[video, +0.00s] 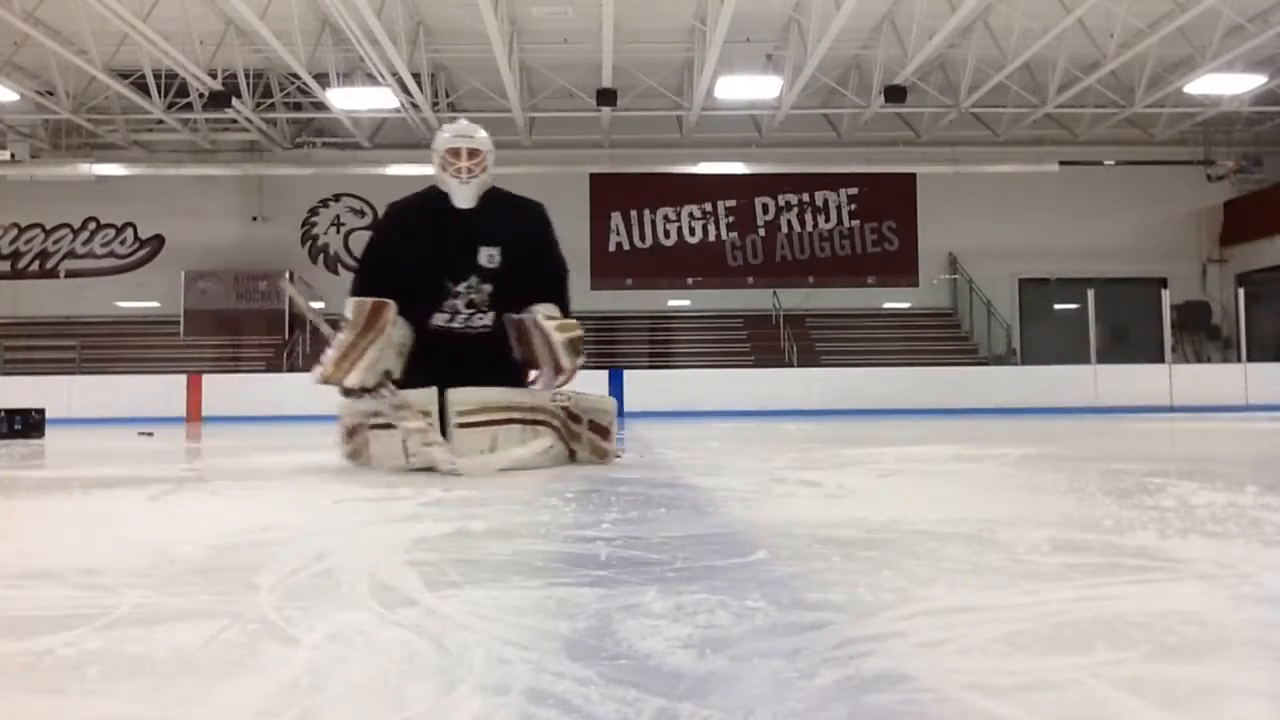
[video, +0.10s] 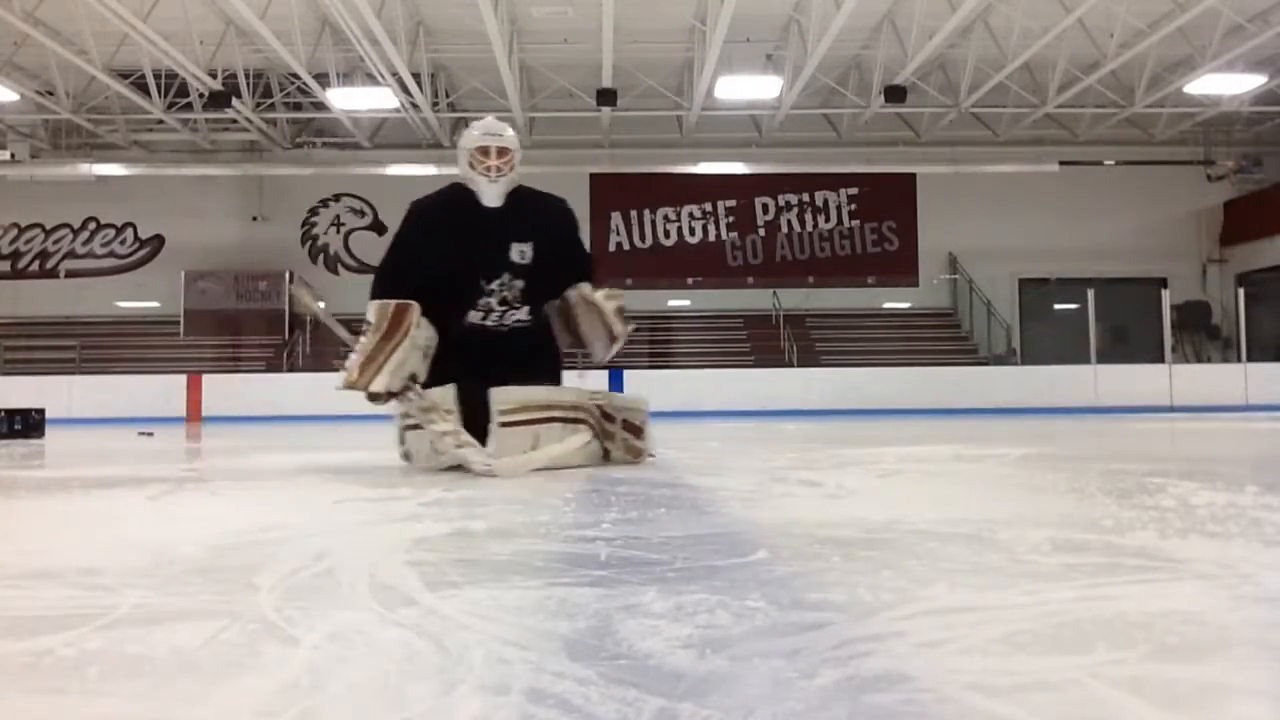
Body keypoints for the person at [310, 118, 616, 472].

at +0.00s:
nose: (464, 165)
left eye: (474, 155)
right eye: (453, 156)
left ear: (488, 160)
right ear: (437, 161)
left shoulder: (525, 217)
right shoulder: (404, 217)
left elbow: (550, 298)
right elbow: (370, 302)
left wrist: (549, 352)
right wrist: (366, 364)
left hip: (502, 383)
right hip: (422, 384)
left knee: (504, 500)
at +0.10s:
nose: (493, 163)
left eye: (503, 154)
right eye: (483, 154)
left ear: (515, 159)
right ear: (466, 159)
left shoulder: (548, 212)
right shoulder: (431, 214)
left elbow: (575, 284)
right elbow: (392, 291)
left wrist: (590, 326)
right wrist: (390, 363)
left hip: (532, 372)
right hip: (454, 372)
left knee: (535, 476)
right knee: (457, 476)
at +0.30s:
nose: (560, 153)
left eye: (569, 144)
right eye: (549, 143)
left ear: (580, 149)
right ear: (528, 147)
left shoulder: (597, 203)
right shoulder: (492, 199)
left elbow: (635, 257)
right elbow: (439, 264)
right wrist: (417, 333)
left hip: (574, 328)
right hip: (501, 332)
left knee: (625, 352)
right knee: (488, 435)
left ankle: (637, 437)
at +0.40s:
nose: (597, 140)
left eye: (606, 131)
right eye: (586, 131)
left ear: (617, 138)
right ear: (565, 135)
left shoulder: (628, 188)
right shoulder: (538, 183)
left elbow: (669, 229)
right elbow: (473, 241)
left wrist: (708, 236)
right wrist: (452, 289)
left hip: (592, 315)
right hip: (522, 319)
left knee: (647, 339)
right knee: (503, 444)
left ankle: (638, 435)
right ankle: (433, 435)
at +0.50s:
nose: (621, 130)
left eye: (631, 122)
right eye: (610, 120)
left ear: (642, 129)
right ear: (591, 124)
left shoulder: (659, 186)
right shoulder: (556, 172)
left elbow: (696, 247)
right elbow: (486, 232)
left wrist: (738, 236)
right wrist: (459, 300)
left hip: (606, 308)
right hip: (532, 311)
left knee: (645, 362)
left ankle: (641, 436)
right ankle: (469, 429)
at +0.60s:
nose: (628, 120)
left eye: (638, 111)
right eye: (617, 109)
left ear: (651, 118)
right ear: (597, 115)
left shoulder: (671, 176)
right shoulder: (560, 164)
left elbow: (692, 242)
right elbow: (494, 220)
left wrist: (721, 263)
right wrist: (456, 288)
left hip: (619, 295)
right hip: (543, 292)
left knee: (672, 337)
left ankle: (645, 431)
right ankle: (492, 424)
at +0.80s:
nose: (596, 73)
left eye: (607, 63)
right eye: (584, 63)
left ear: (624, 72)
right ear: (567, 69)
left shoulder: (655, 134)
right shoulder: (531, 128)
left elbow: (701, 210)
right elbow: (466, 187)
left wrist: (713, 218)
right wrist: (414, 258)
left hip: (624, 269)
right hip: (540, 264)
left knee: (665, 343)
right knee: (528, 333)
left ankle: (659, 438)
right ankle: (470, 432)